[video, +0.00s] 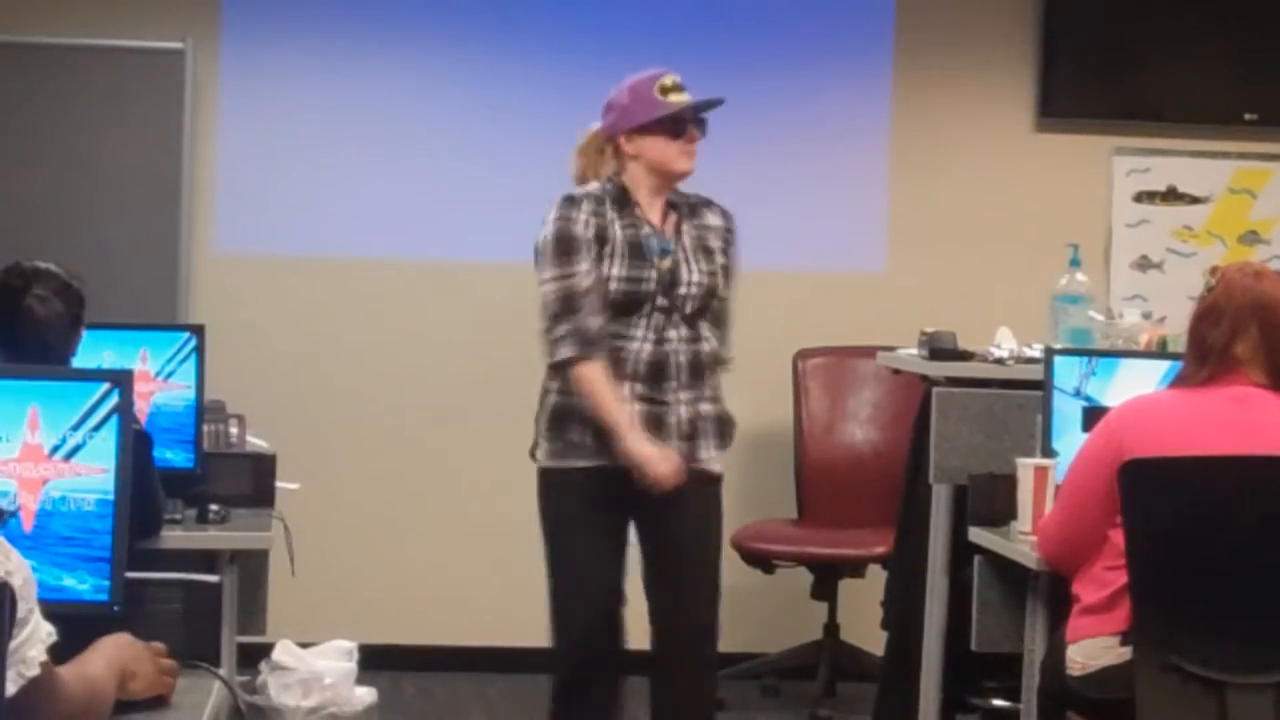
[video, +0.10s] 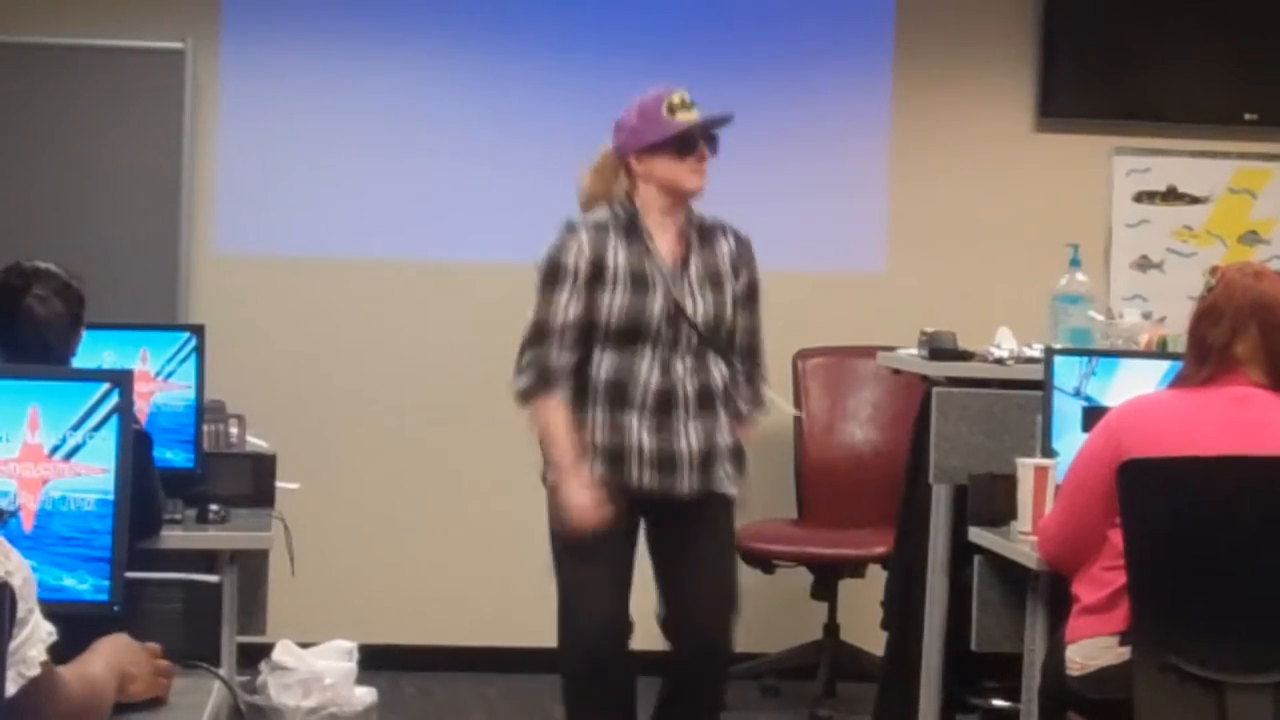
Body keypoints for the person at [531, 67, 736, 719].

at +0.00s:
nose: (694, 136)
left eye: (694, 126)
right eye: (674, 128)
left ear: (691, 134)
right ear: (627, 141)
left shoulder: (712, 221)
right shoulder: (577, 213)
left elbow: (714, 343)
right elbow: (575, 345)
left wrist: (696, 444)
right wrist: (637, 441)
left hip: (685, 462)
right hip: (583, 461)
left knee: (690, 652)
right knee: (588, 650)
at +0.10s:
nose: (701, 156)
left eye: (704, 145)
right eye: (682, 148)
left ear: (709, 153)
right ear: (637, 161)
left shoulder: (730, 248)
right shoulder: (586, 242)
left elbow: (746, 373)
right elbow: (545, 370)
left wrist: (726, 455)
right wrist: (570, 471)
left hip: (698, 472)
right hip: (596, 470)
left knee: (707, 639)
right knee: (595, 644)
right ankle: (600, 719)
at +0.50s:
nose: (625, 160)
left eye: (644, 148)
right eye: (612, 149)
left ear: (678, 163)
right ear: (600, 165)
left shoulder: (719, 244)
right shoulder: (568, 260)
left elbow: (731, 322)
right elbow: (516, 366)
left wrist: (653, 379)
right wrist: (486, 475)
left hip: (693, 489)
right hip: (595, 485)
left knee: (683, 670)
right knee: (590, 658)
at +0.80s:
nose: (570, 121)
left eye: (592, 111)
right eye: (567, 109)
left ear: (641, 127)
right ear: (560, 120)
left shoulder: (695, 211)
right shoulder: (535, 223)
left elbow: (706, 344)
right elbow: (509, 350)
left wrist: (665, 454)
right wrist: (496, 465)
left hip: (672, 469)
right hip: (567, 471)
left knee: (678, 661)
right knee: (565, 659)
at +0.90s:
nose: (561, 141)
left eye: (582, 129)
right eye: (558, 128)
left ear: (630, 143)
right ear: (553, 138)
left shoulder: (690, 232)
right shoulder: (524, 245)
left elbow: (733, 365)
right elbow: (482, 376)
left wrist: (737, 488)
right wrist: (481, 488)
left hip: (671, 491)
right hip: (558, 490)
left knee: (687, 677)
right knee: (550, 679)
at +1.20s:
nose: (650, 147)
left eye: (666, 133)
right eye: (630, 134)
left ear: (685, 148)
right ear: (600, 151)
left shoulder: (724, 253)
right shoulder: (551, 243)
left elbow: (762, 382)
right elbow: (519, 366)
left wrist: (763, 484)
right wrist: (575, 455)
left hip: (669, 495)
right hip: (561, 490)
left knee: (672, 684)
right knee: (549, 686)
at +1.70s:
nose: (761, 147)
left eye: (768, 133)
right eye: (739, 134)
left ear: (776, 145)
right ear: (689, 149)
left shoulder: (794, 253)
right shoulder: (623, 240)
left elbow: (844, 371)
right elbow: (546, 376)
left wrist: (871, 474)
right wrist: (525, 502)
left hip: (738, 516)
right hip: (619, 509)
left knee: (743, 701)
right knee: (598, 701)